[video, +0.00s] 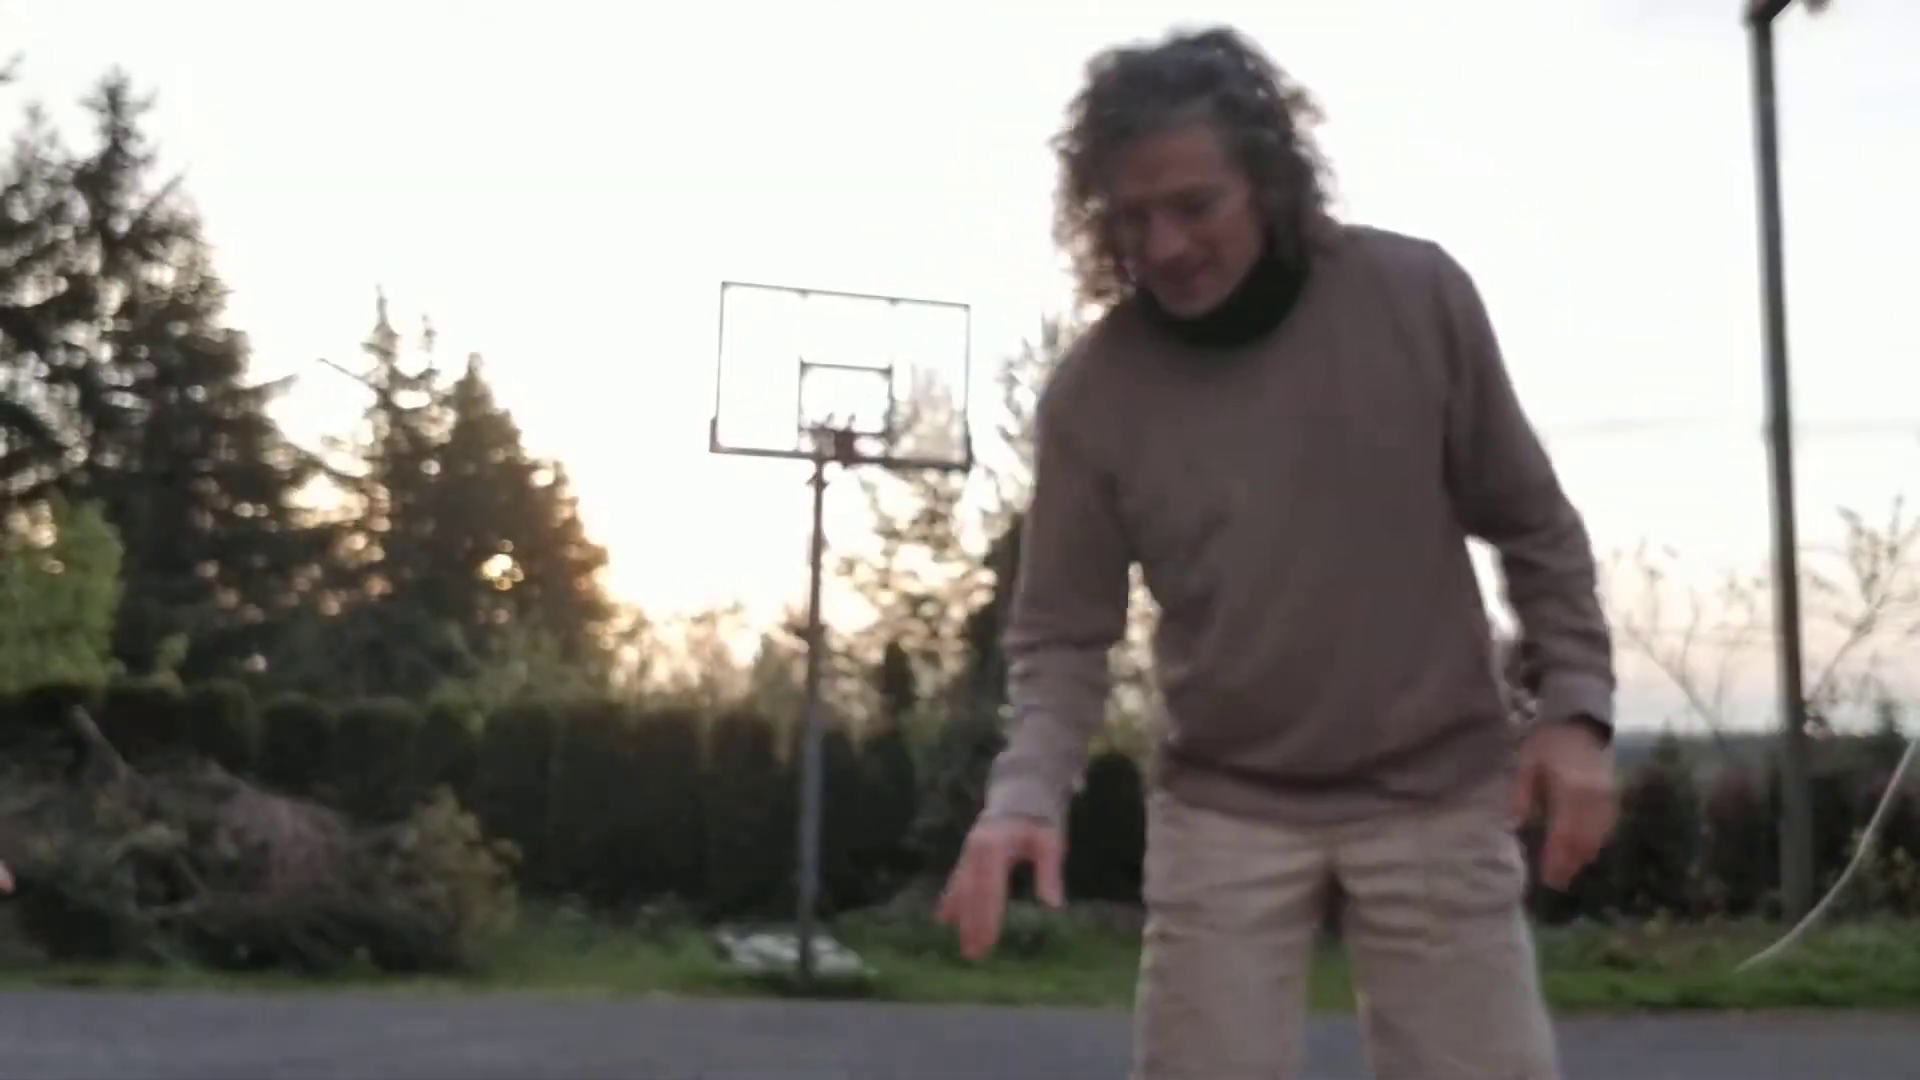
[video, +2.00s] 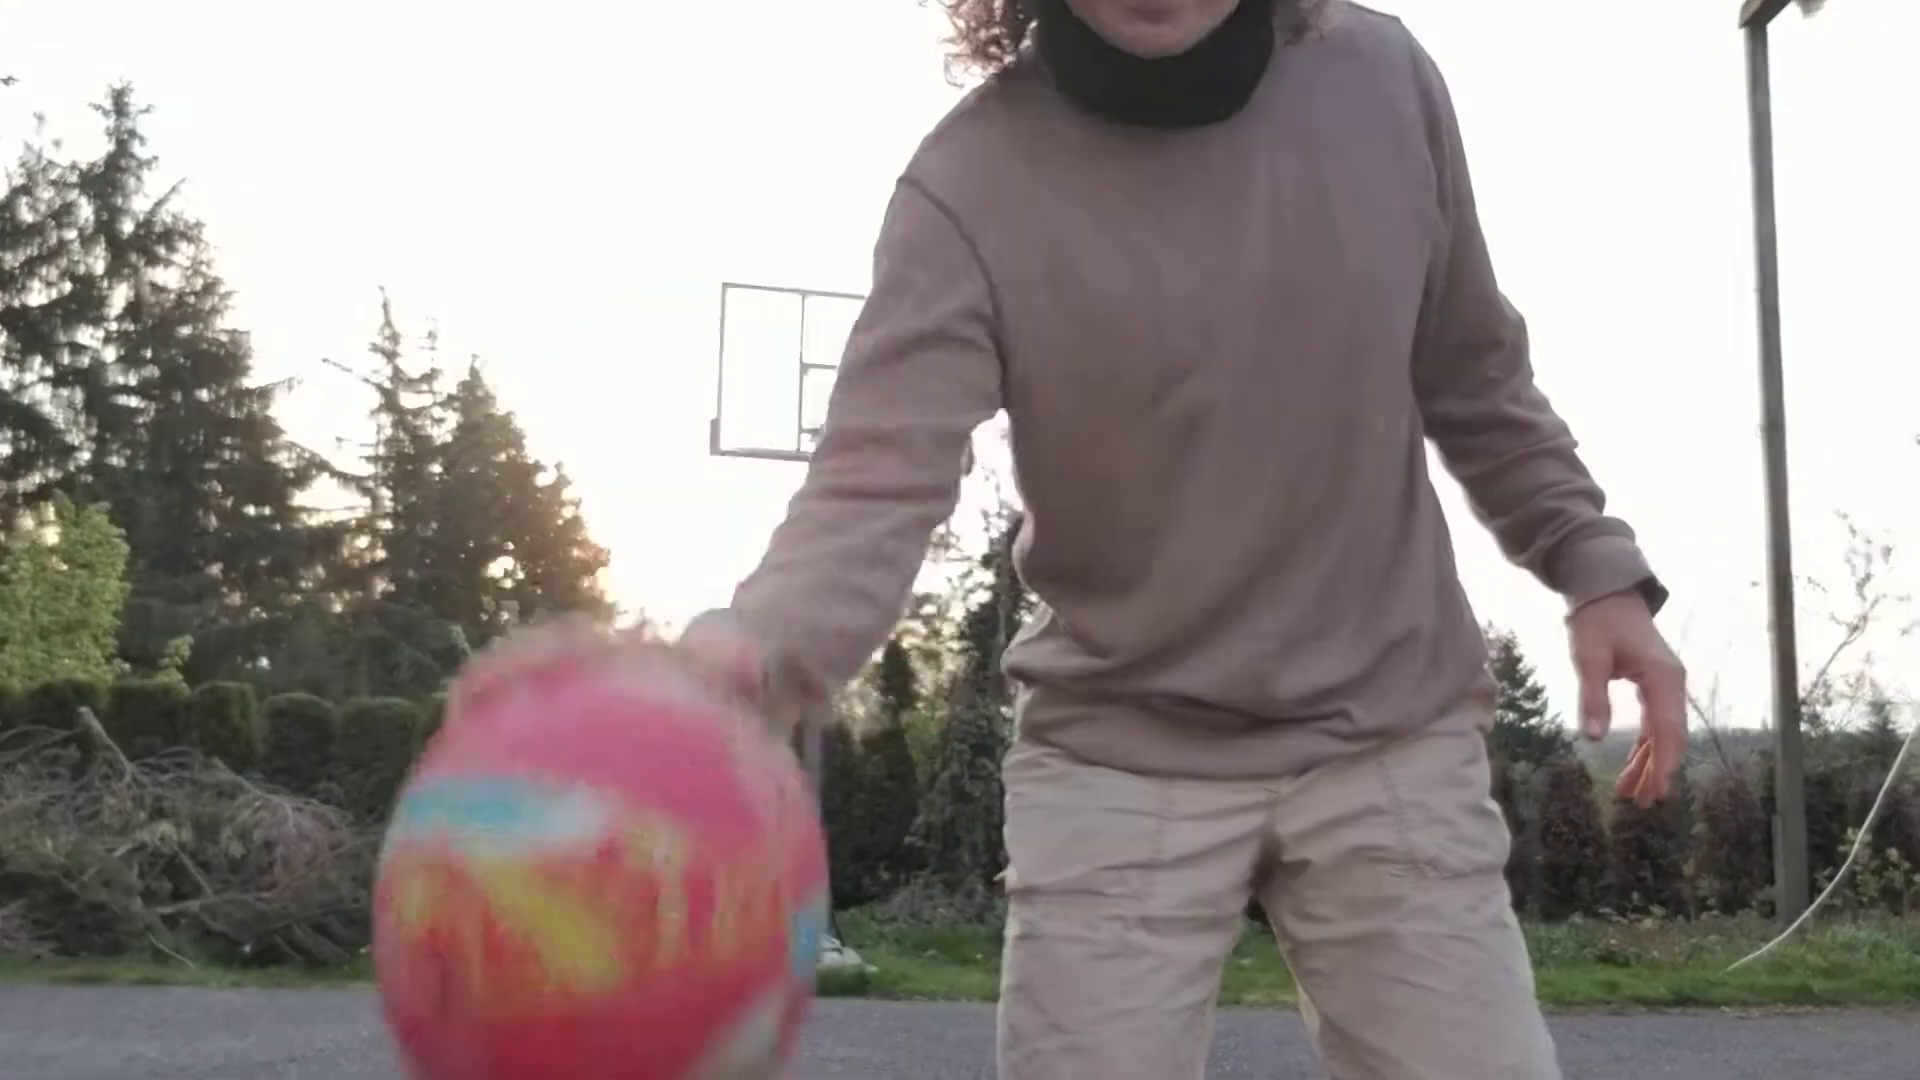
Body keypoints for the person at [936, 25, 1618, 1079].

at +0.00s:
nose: (1166, 246)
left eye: (1196, 206)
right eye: (1132, 216)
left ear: (1270, 181)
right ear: (1101, 216)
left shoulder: (1415, 299)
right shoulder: (1094, 395)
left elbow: (1535, 526)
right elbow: (1059, 638)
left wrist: (1575, 713)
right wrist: (1025, 802)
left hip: (1438, 800)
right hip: (1225, 813)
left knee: (1491, 1065)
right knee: (1202, 1065)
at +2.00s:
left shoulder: (1382, 85)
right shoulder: (971, 182)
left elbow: (1476, 377)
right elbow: (872, 484)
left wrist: (1597, 571)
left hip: (1395, 728)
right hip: (1117, 744)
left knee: (1486, 1060)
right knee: (1085, 1057)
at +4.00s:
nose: (1045, 291)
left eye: (1068, 263)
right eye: (1015, 267)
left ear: (1110, 268)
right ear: (974, 281)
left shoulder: (1210, 393)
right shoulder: (935, 440)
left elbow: (1275, 583)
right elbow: (901, 664)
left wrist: (1176, 659)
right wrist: (912, 834)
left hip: (1207, 793)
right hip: (1033, 807)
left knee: (1215, 1064)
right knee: (1002, 1062)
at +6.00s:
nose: (826, 468)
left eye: (843, 452)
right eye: (809, 452)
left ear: (866, 462)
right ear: (784, 462)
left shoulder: (887, 540)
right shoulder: (752, 551)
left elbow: (923, 639)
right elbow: (676, 636)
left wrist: (984, 699)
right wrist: (611, 588)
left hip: (848, 792)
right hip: (750, 781)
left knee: (825, 971)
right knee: (705, 956)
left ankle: (776, 1077)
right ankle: (642, 1076)